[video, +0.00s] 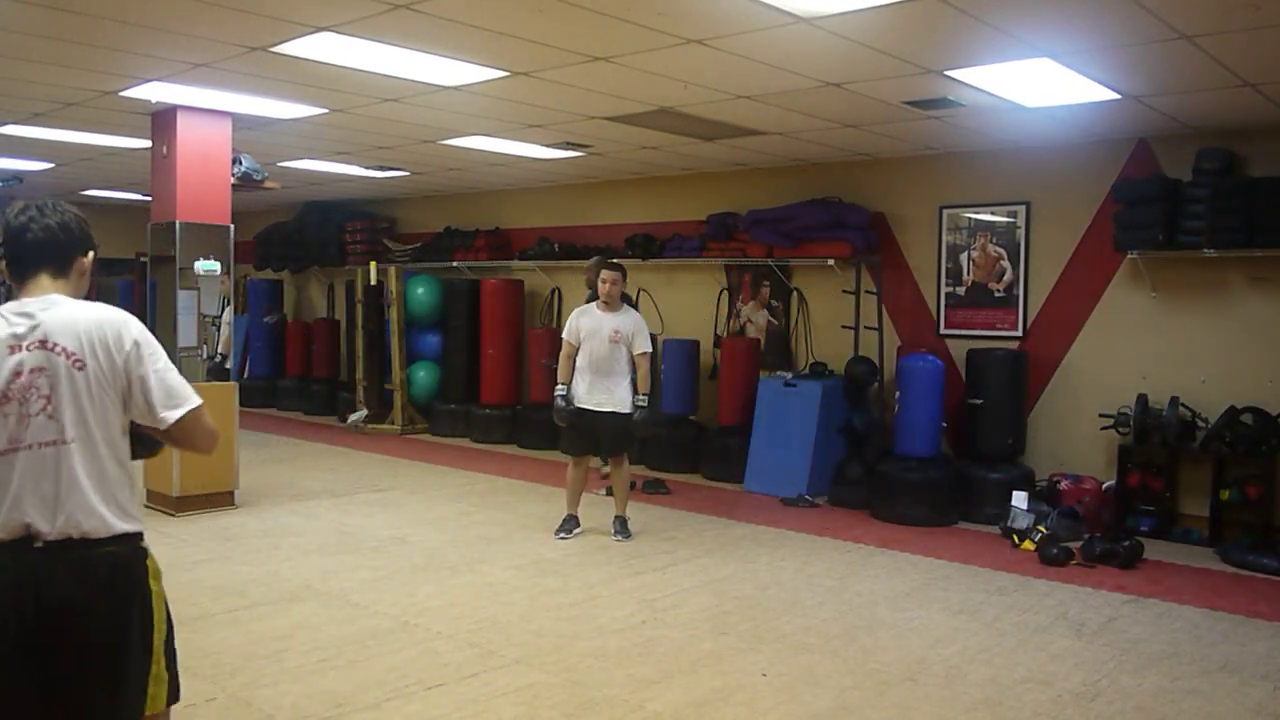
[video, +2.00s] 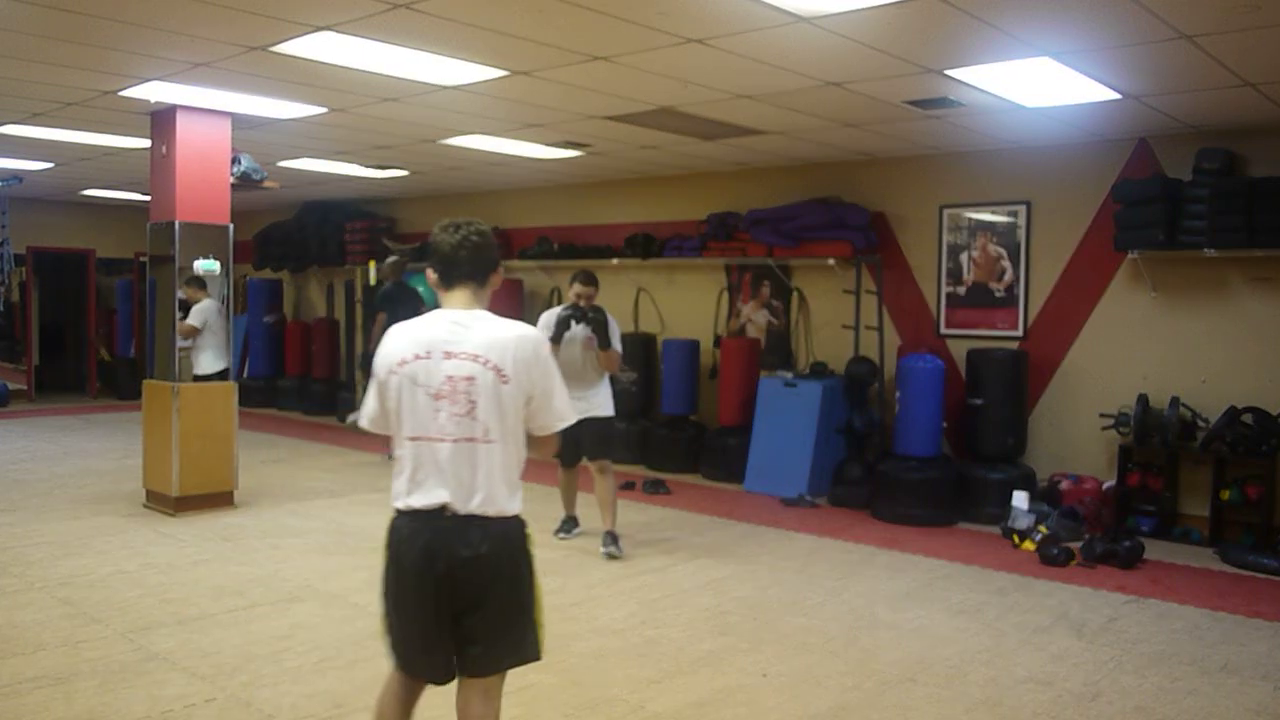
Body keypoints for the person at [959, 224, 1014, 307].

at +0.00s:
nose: (982, 241)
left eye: (986, 237)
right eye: (980, 237)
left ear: (990, 237)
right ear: (976, 237)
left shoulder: (999, 253)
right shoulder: (971, 252)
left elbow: (1009, 272)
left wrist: (1000, 286)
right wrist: (967, 277)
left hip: (989, 288)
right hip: (974, 287)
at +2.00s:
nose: (983, 240)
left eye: (986, 236)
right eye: (980, 236)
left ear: (990, 237)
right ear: (976, 238)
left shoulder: (999, 252)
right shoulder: (972, 253)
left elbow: (1009, 271)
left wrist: (1002, 285)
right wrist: (967, 279)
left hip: (990, 288)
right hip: (975, 286)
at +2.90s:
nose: (983, 241)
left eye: (985, 237)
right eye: (979, 237)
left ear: (990, 237)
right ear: (975, 237)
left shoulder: (998, 252)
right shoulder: (971, 253)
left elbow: (1009, 272)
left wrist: (1000, 286)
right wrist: (966, 279)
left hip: (992, 288)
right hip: (975, 287)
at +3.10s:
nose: (983, 241)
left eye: (985, 237)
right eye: (979, 237)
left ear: (990, 237)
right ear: (975, 237)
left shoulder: (998, 252)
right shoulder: (971, 253)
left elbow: (1009, 272)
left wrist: (1000, 286)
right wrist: (966, 279)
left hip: (992, 288)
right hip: (975, 287)